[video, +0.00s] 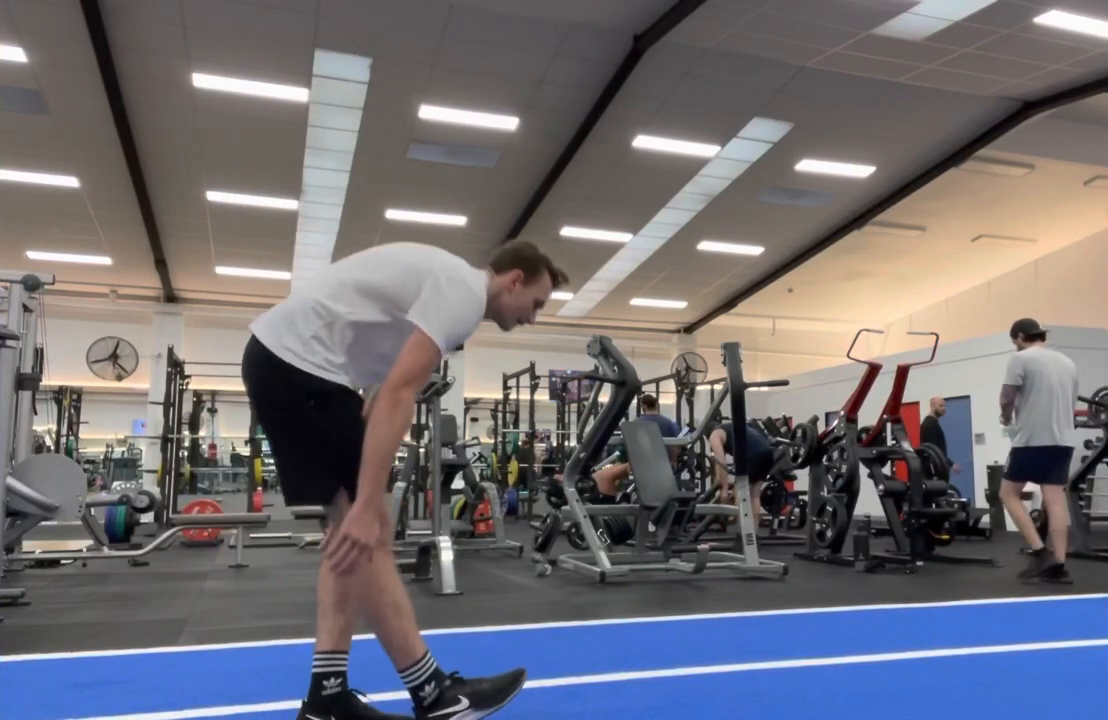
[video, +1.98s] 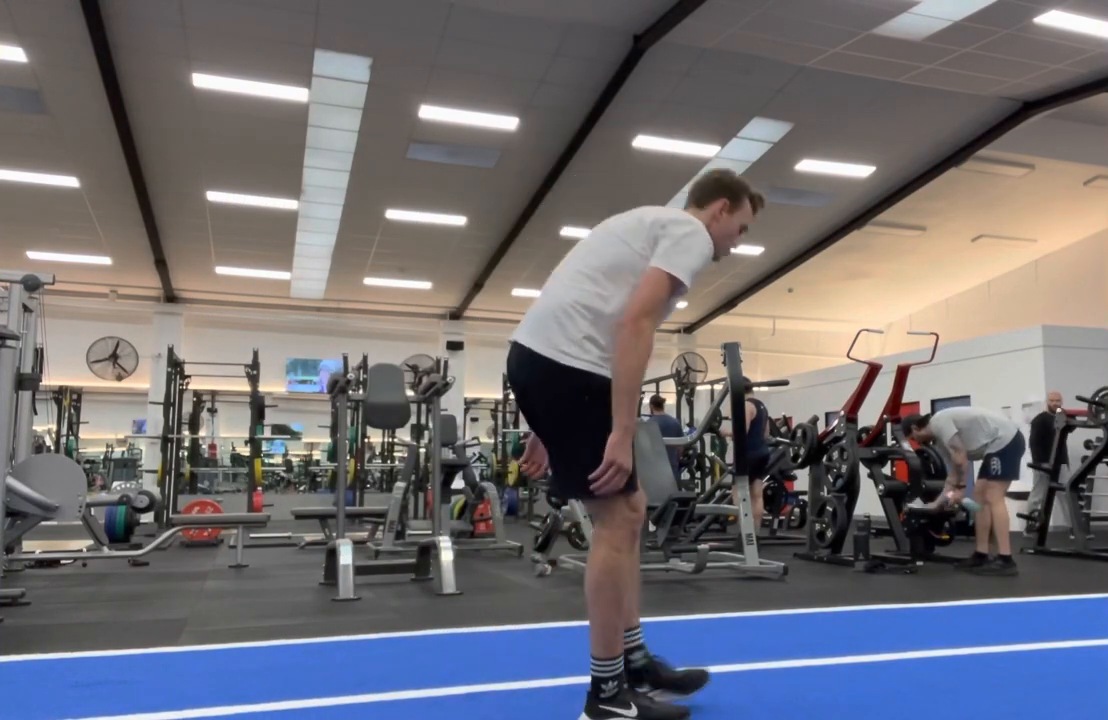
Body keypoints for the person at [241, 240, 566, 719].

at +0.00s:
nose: (532, 317)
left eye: (539, 308)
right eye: (536, 303)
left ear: (508, 281)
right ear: (513, 279)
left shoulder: (453, 286)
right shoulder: (460, 289)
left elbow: (385, 392)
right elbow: (396, 393)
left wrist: (369, 500)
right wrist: (368, 505)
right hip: (300, 361)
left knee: (351, 523)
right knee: (370, 527)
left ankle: (327, 692)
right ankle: (432, 691)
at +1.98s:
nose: (736, 243)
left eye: (742, 235)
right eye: (739, 229)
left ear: (701, 203)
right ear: (720, 208)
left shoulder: (642, 223)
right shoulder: (690, 233)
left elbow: (573, 310)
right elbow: (638, 319)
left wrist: (542, 419)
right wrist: (623, 429)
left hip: (544, 364)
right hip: (568, 367)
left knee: (629, 509)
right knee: (618, 517)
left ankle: (633, 662)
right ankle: (607, 692)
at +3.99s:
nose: (860, 188)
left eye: (862, 179)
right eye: (861, 177)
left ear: (816, 166)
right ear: (846, 166)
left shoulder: (765, 216)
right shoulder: (832, 205)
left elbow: (743, 316)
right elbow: (813, 297)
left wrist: (735, 406)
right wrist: (850, 392)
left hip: (734, 371)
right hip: (774, 372)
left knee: (786, 511)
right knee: (798, 517)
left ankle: (738, 639)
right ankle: (772, 673)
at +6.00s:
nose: (1046, 248)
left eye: (1050, 241)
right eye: (1048, 239)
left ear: (1007, 217)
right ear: (1035, 221)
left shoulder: (955, 243)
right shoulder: (1018, 243)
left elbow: (916, 324)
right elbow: (996, 332)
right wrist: (1014, 421)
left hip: (883, 368)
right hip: (926, 371)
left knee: (928, 512)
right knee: (950, 515)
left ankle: (909, 650)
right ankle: (927, 666)